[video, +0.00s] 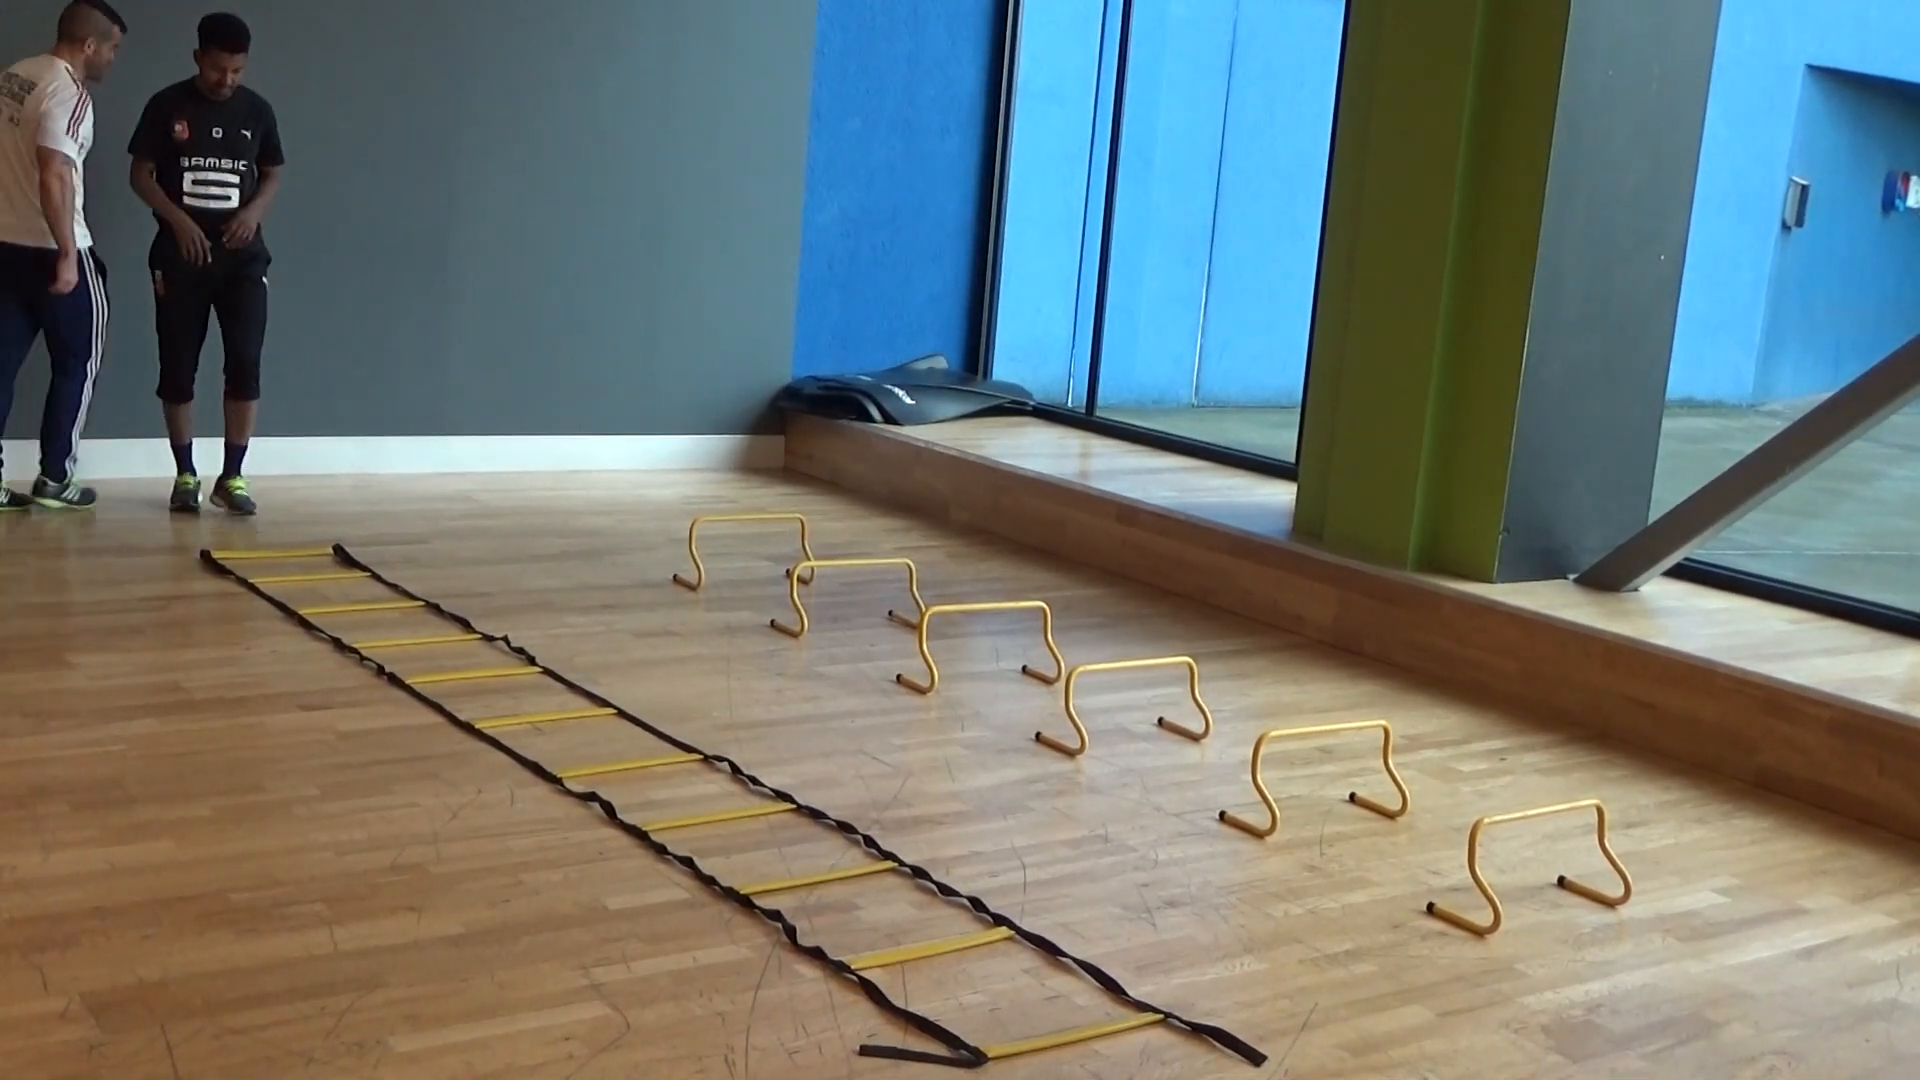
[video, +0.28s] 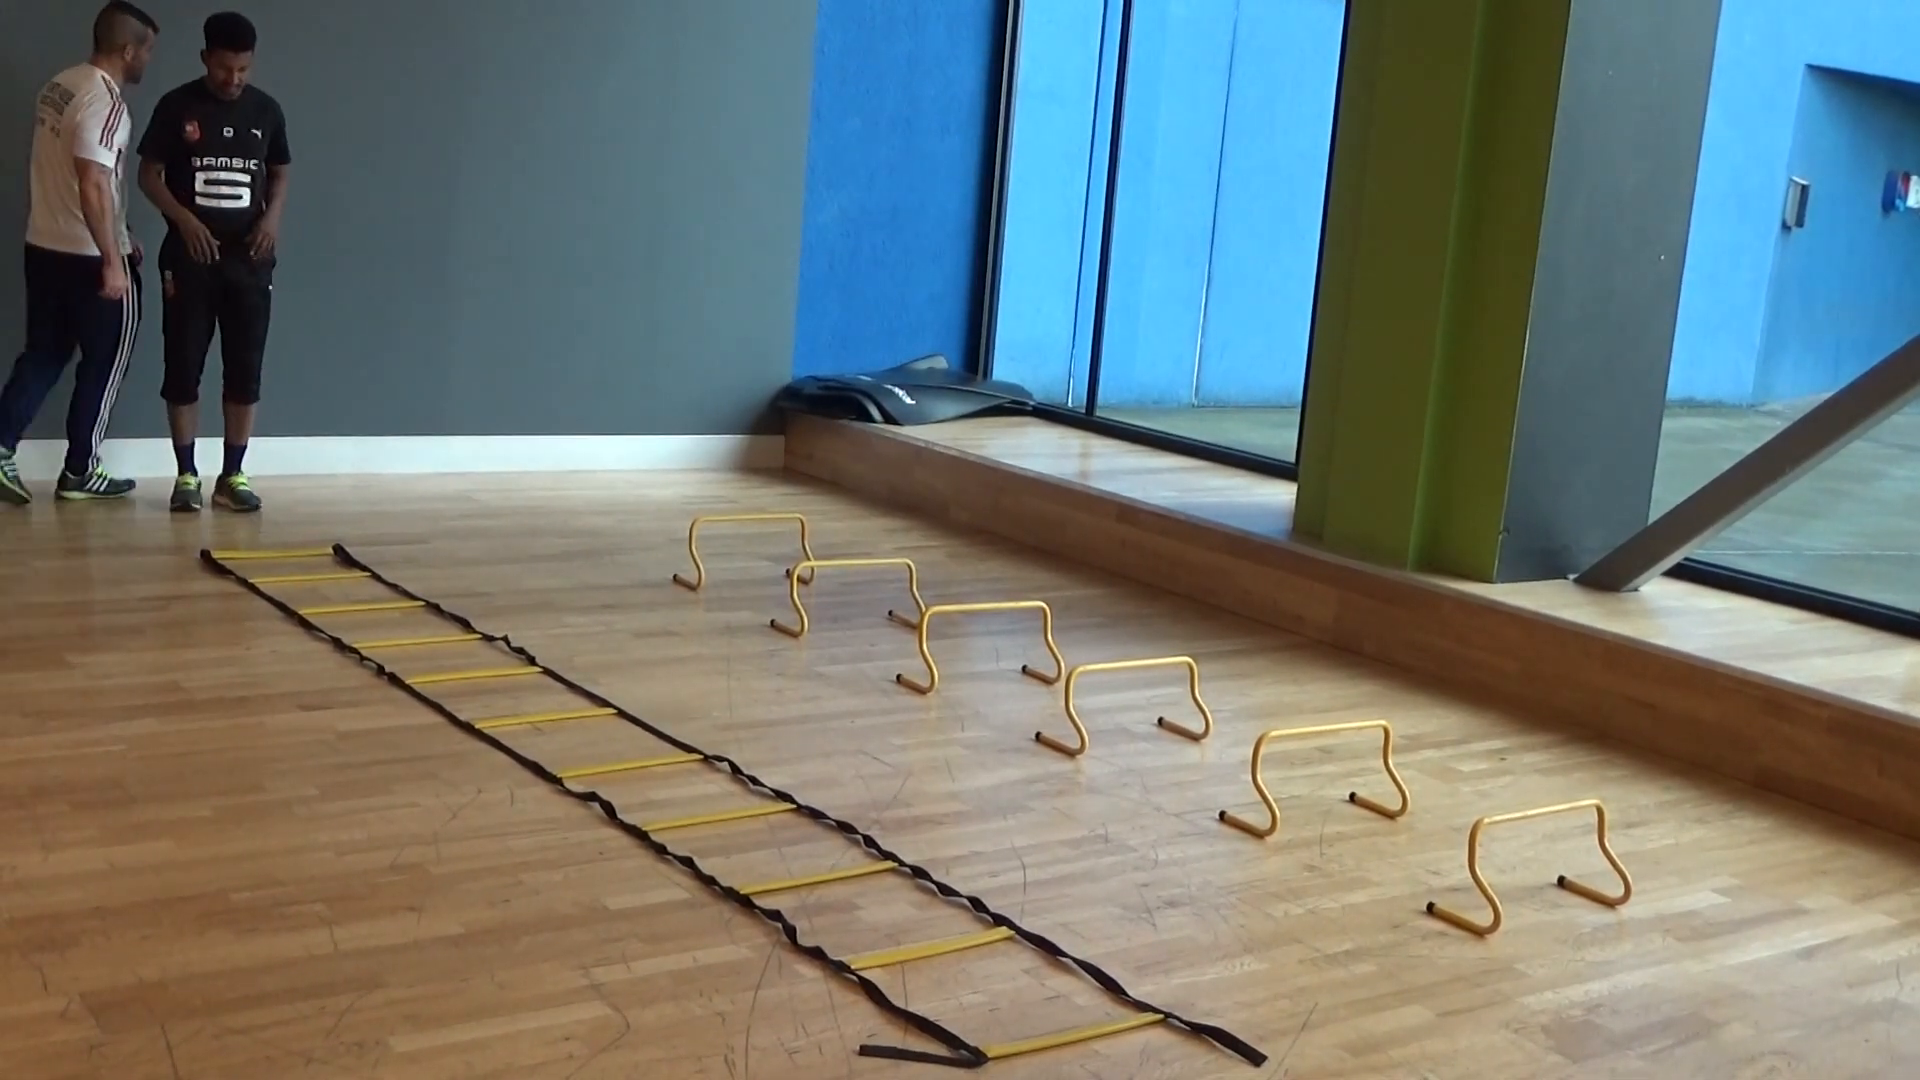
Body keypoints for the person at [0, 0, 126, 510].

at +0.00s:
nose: (113, 60)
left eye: (115, 50)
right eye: (112, 49)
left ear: (70, 41)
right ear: (89, 45)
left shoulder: (15, 74)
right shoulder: (67, 92)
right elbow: (53, 173)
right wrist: (68, 252)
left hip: (10, 249)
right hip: (58, 252)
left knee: (4, 366)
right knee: (78, 363)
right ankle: (55, 479)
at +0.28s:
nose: (149, 60)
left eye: (150, 50)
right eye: (148, 50)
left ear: (102, 44)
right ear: (129, 49)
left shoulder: (58, 84)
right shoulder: (105, 100)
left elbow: (59, 176)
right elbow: (91, 182)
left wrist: (116, 234)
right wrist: (111, 258)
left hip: (46, 251)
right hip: (93, 255)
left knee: (47, 353)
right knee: (107, 364)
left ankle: (1, 453)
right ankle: (81, 471)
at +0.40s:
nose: (170, 57)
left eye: (171, 49)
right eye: (167, 48)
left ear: (127, 44)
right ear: (145, 47)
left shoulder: (91, 82)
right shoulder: (121, 92)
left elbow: (97, 177)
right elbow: (102, 178)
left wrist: (137, 239)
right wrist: (121, 254)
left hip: (79, 242)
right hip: (106, 246)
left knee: (97, 343)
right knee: (114, 354)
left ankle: (45, 432)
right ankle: (81, 470)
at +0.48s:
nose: (188, 58)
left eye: (188, 49)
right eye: (182, 48)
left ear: (152, 48)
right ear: (157, 47)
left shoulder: (126, 87)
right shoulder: (130, 91)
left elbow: (127, 178)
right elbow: (105, 172)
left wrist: (147, 238)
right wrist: (121, 249)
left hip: (113, 243)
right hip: (111, 245)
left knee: (135, 341)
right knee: (117, 351)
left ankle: (88, 450)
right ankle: (79, 470)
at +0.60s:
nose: (212, 68)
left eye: (213, 59)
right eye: (208, 57)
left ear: (180, 55)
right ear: (179, 53)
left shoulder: (173, 98)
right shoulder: (150, 92)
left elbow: (164, 179)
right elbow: (114, 166)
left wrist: (175, 254)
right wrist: (121, 249)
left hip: (156, 248)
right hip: (135, 249)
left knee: (166, 354)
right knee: (118, 358)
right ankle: (79, 470)